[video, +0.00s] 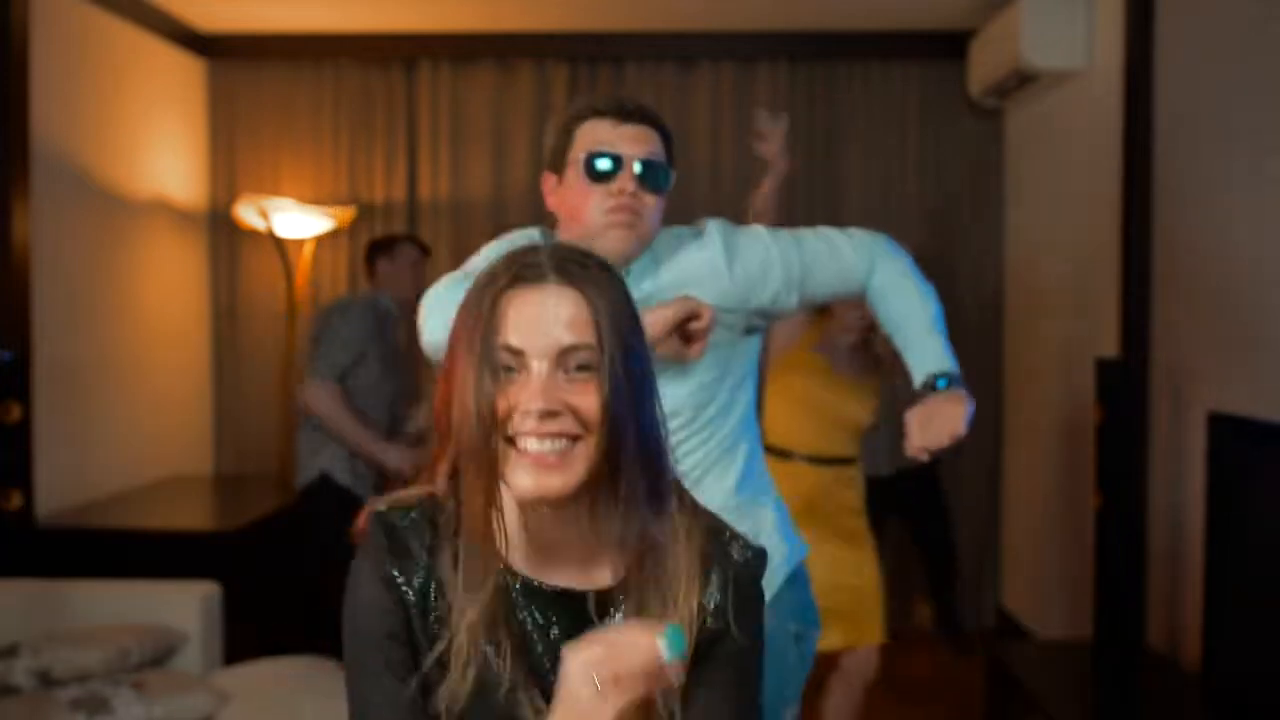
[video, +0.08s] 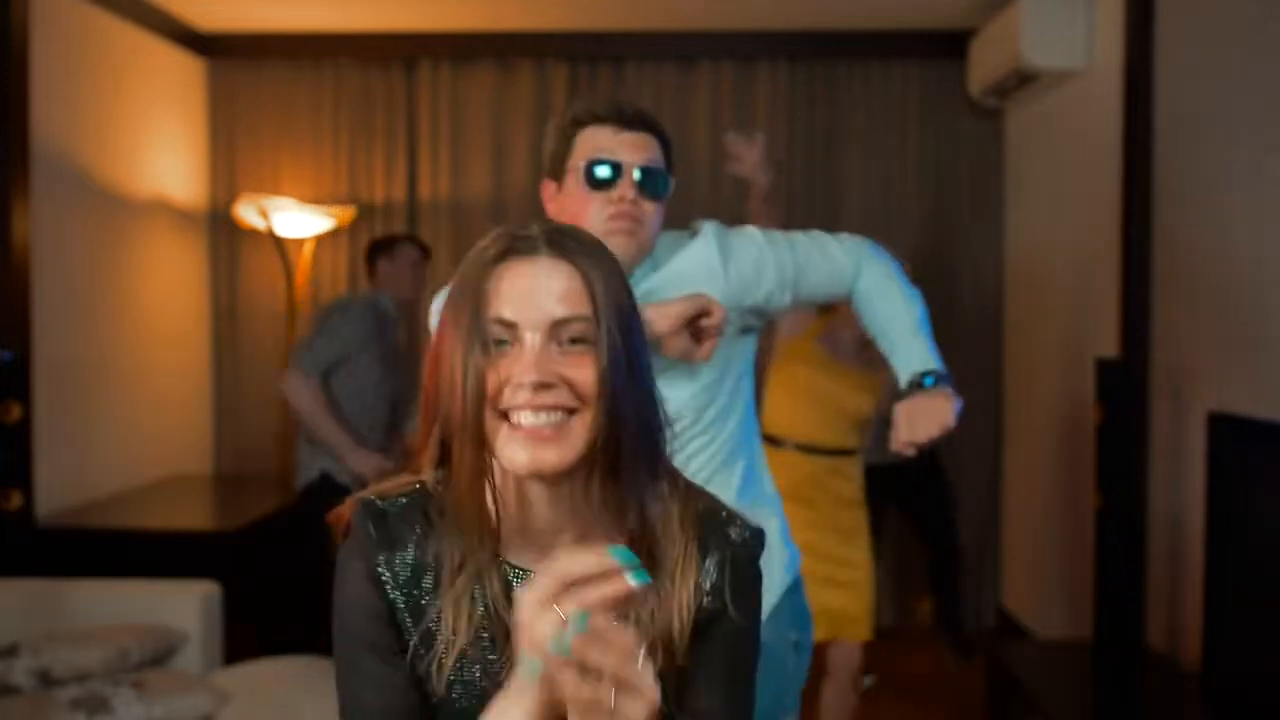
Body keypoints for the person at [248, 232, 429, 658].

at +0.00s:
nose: (421, 276)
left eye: (422, 266)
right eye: (413, 265)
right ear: (381, 268)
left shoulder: (402, 330)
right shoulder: (356, 315)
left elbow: (401, 411)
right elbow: (317, 392)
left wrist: (417, 436)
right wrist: (386, 452)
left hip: (370, 485)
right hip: (334, 483)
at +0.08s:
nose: (419, 276)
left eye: (421, 266)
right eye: (410, 265)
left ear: (420, 273)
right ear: (382, 268)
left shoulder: (401, 327)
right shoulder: (357, 314)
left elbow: (397, 407)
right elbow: (297, 381)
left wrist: (404, 449)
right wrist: (355, 454)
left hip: (374, 488)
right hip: (335, 488)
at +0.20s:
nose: (417, 267)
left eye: (419, 258)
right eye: (408, 256)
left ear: (418, 264)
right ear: (379, 259)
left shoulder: (409, 323)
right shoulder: (343, 308)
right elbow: (272, 361)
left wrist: (414, 444)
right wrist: (323, 438)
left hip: (394, 481)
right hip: (339, 481)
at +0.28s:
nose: (412, 257)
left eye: (415, 248)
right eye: (405, 246)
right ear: (376, 247)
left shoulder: (402, 314)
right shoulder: (337, 301)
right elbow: (252, 350)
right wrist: (308, 423)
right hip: (340, 474)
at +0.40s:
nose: (403, 248)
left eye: (406, 239)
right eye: (393, 237)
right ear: (362, 239)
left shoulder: (395, 312)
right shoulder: (324, 297)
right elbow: (236, 343)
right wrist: (294, 409)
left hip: (388, 470)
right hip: (335, 470)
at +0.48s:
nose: (396, 249)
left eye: (398, 239)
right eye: (386, 237)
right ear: (355, 240)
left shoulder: (397, 316)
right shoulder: (315, 302)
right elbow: (229, 350)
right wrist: (292, 408)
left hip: (391, 477)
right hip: (334, 476)